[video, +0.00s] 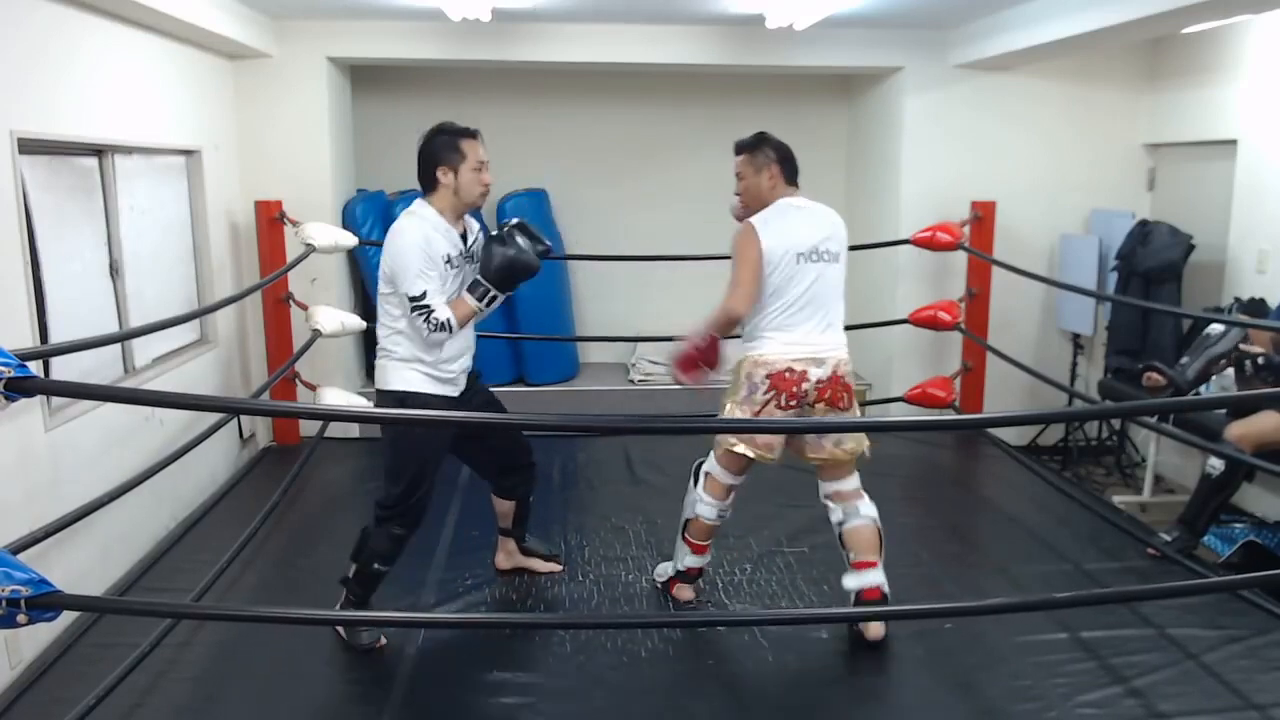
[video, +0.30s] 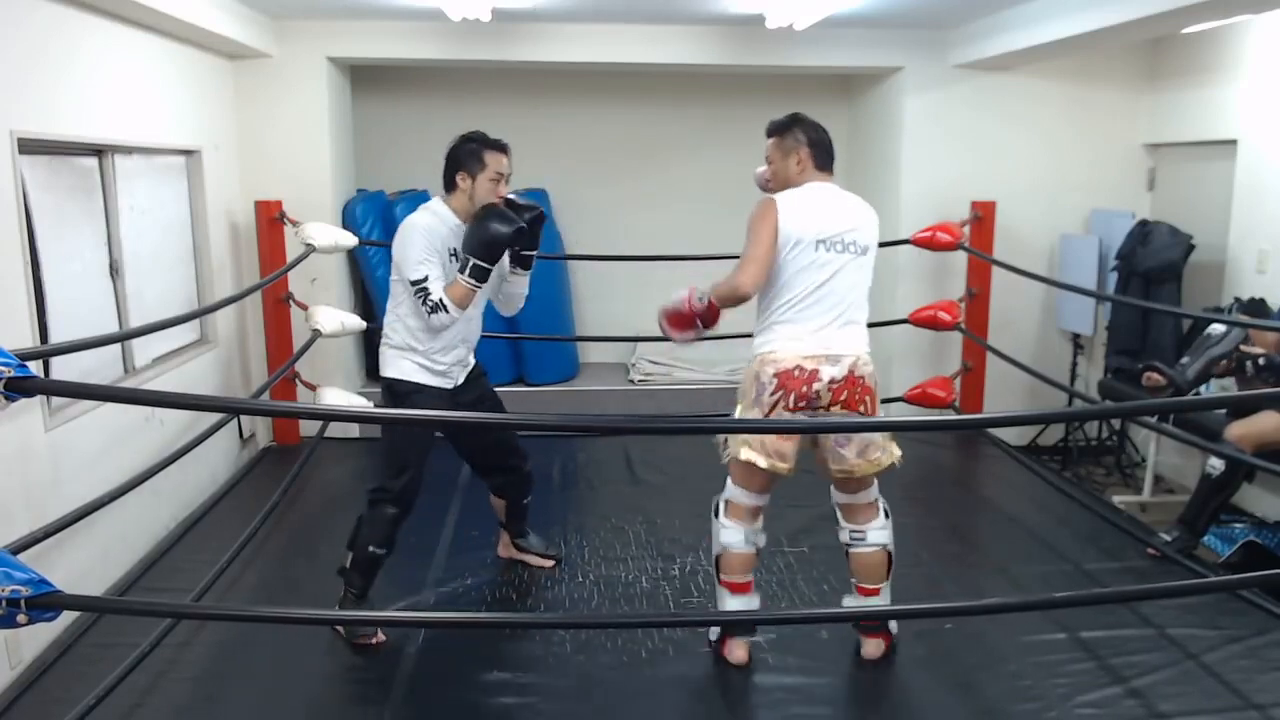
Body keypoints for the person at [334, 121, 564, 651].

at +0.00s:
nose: (488, 177)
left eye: (487, 167)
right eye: (478, 169)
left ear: (452, 175)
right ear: (444, 175)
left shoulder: (470, 228)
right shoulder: (411, 234)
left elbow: (469, 300)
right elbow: (433, 328)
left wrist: (505, 262)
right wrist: (491, 283)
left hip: (457, 383)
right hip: (410, 389)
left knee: (514, 460)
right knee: (403, 507)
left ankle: (510, 550)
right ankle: (351, 610)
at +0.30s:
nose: (505, 189)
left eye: (506, 180)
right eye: (497, 179)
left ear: (479, 183)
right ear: (462, 180)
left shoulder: (483, 231)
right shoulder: (420, 229)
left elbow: (507, 306)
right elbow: (438, 314)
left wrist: (523, 248)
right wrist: (483, 252)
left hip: (460, 370)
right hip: (412, 374)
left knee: (510, 464)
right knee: (398, 489)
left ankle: (514, 540)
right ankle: (351, 604)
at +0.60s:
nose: (536, 179)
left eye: (539, 169)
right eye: (528, 168)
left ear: (508, 173)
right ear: (497, 170)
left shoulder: (512, 217)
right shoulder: (465, 211)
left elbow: (525, 289)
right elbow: (484, 290)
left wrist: (550, 243)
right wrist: (543, 252)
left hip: (480, 357)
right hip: (431, 357)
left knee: (511, 449)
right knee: (405, 457)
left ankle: (512, 539)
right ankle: (360, 545)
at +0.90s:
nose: (478, 179)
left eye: (483, 170)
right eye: (467, 169)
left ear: (488, 173)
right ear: (441, 174)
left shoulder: (493, 222)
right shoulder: (410, 228)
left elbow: (527, 282)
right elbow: (416, 306)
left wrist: (540, 251)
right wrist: (437, 257)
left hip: (474, 360)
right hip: (417, 364)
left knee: (515, 446)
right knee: (393, 454)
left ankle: (512, 539)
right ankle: (362, 524)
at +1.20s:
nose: (458, 188)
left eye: (464, 178)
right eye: (448, 178)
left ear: (470, 179)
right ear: (423, 180)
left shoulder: (477, 220)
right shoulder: (393, 227)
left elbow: (494, 295)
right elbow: (396, 305)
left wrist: (488, 266)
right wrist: (419, 271)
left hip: (465, 347)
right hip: (407, 353)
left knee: (509, 430)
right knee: (385, 445)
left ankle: (552, 509)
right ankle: (363, 523)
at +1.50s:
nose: (486, 175)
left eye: (494, 164)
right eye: (476, 164)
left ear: (503, 168)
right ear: (456, 167)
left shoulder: (512, 215)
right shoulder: (434, 212)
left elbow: (533, 288)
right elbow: (461, 251)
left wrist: (519, 245)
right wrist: (518, 232)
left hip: (503, 349)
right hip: (445, 347)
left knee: (540, 428)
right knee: (409, 428)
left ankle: (555, 508)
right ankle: (413, 490)